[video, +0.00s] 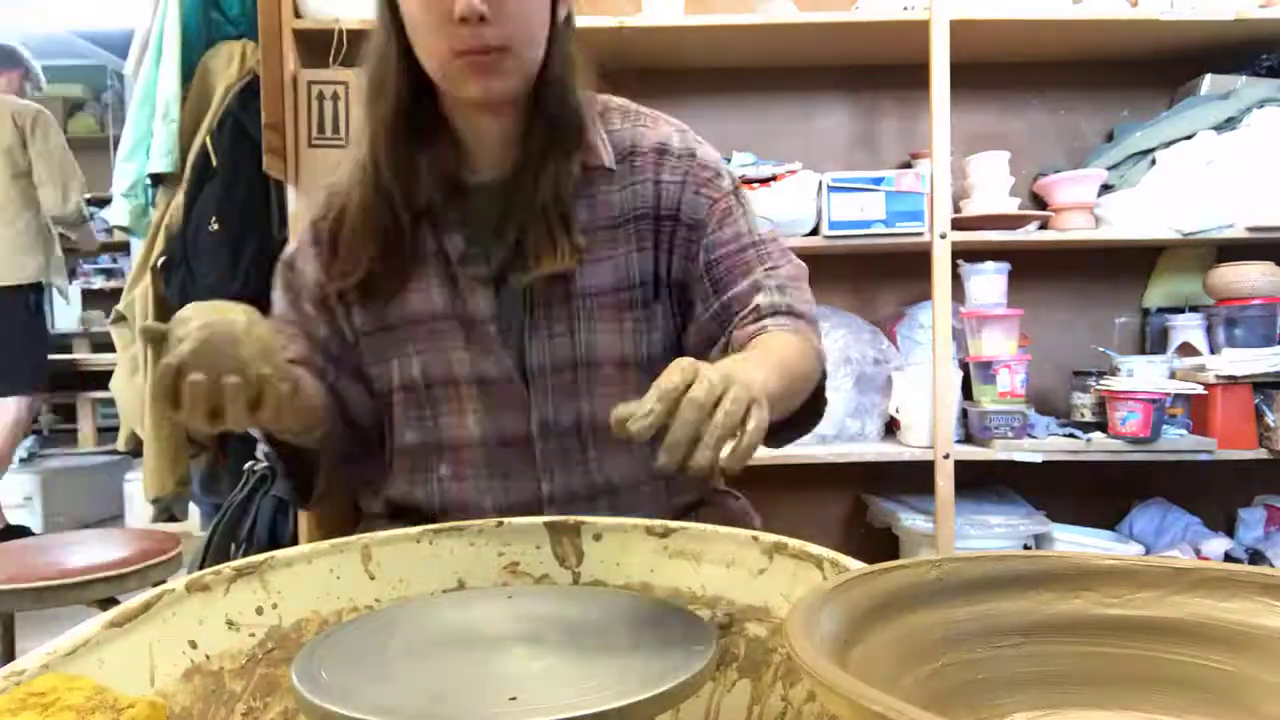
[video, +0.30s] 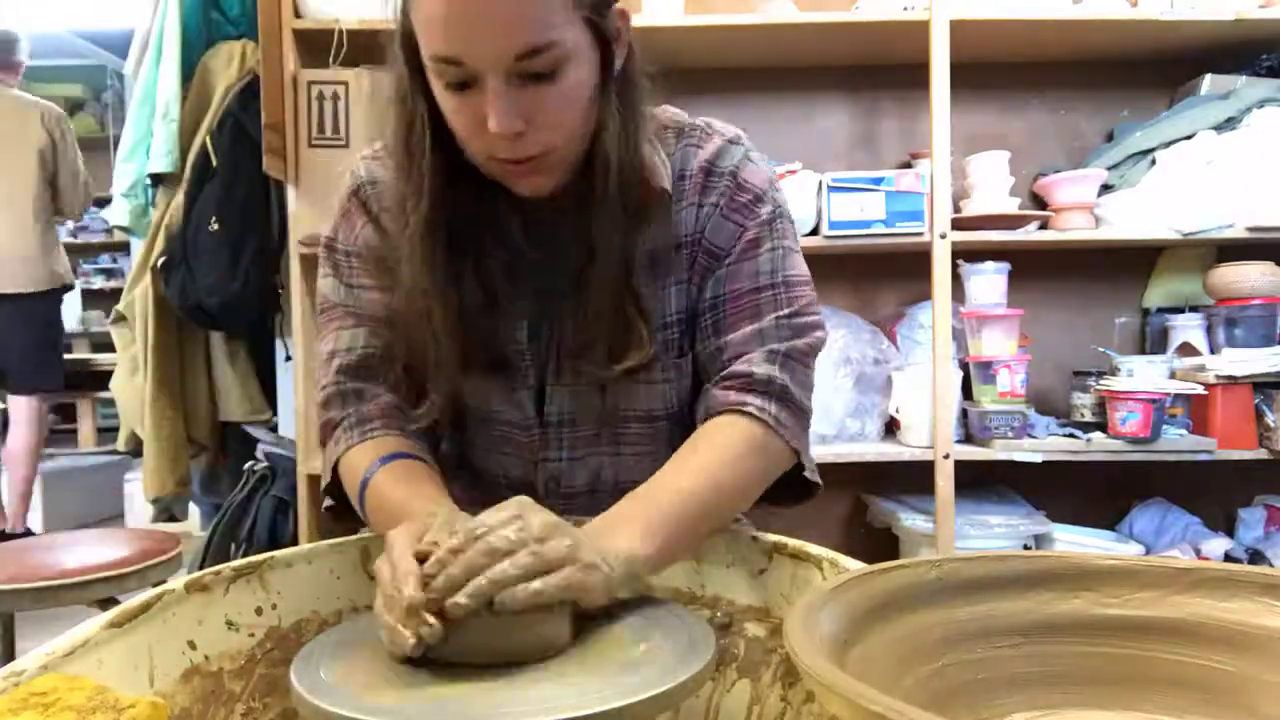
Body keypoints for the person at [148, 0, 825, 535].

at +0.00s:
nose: (473, 9)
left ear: (555, 5)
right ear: (397, 20)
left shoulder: (663, 166)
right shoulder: (342, 227)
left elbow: (786, 327)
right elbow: (333, 441)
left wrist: (749, 380)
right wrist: (262, 385)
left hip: (665, 583)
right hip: (437, 600)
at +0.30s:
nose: (501, 123)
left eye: (538, 73)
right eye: (458, 82)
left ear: (613, 37)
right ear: (420, 68)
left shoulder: (716, 181)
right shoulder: (388, 198)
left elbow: (767, 403)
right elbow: (358, 406)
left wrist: (609, 547)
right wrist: (428, 527)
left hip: (674, 607)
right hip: (468, 609)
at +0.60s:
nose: (484, 149)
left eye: (513, 91)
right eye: (436, 114)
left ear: (591, 32)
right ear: (399, 97)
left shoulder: (715, 152)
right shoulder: (381, 198)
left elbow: (753, 382)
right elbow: (376, 410)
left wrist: (620, 538)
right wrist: (457, 522)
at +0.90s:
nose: (509, 113)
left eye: (547, 62)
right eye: (463, 69)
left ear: (613, 25)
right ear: (421, 55)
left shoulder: (718, 186)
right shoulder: (373, 211)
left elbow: (717, 410)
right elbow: (382, 422)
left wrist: (588, 542)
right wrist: (453, 530)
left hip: (667, 594)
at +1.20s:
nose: (508, 139)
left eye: (546, 88)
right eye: (463, 98)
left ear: (614, 46)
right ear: (418, 77)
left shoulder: (719, 200)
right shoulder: (372, 215)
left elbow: (723, 425)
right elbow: (378, 419)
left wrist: (597, 532)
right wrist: (446, 512)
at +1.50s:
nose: (517, 110)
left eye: (553, 58)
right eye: (477, 70)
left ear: (637, 27)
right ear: (445, 59)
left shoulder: (744, 202)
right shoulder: (404, 199)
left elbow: (738, 431)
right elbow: (381, 400)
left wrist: (599, 543)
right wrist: (443, 521)